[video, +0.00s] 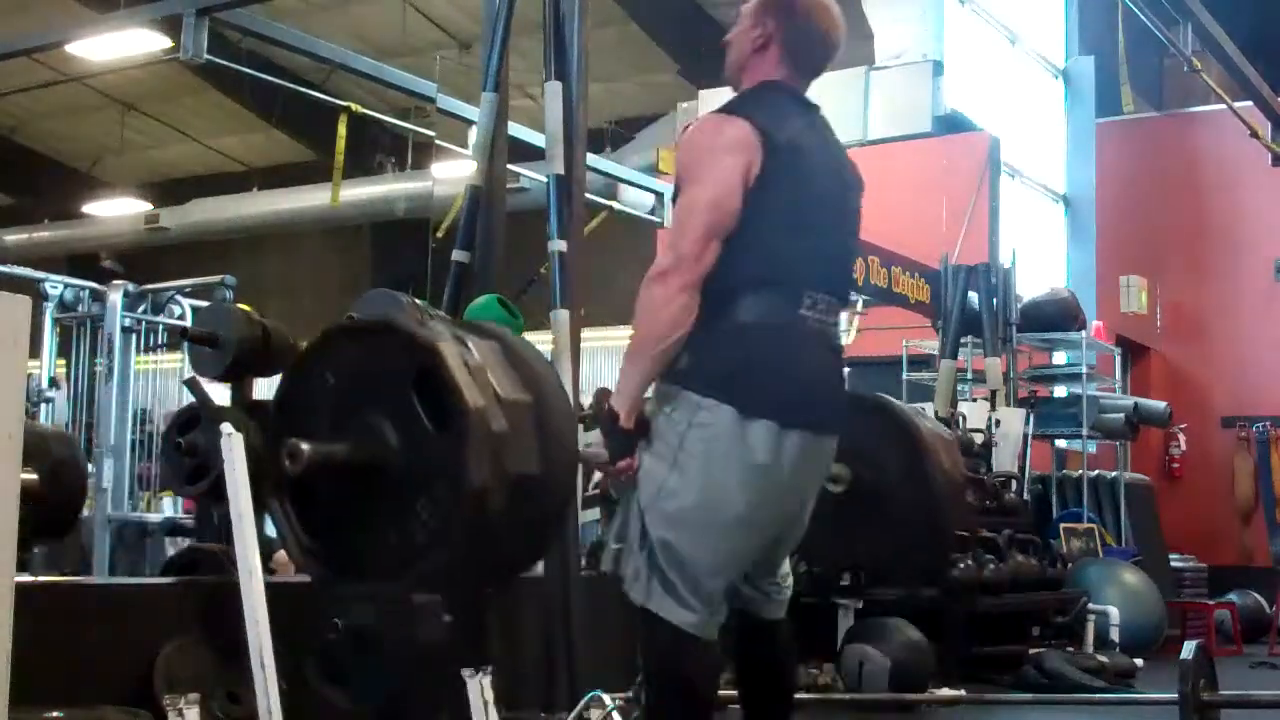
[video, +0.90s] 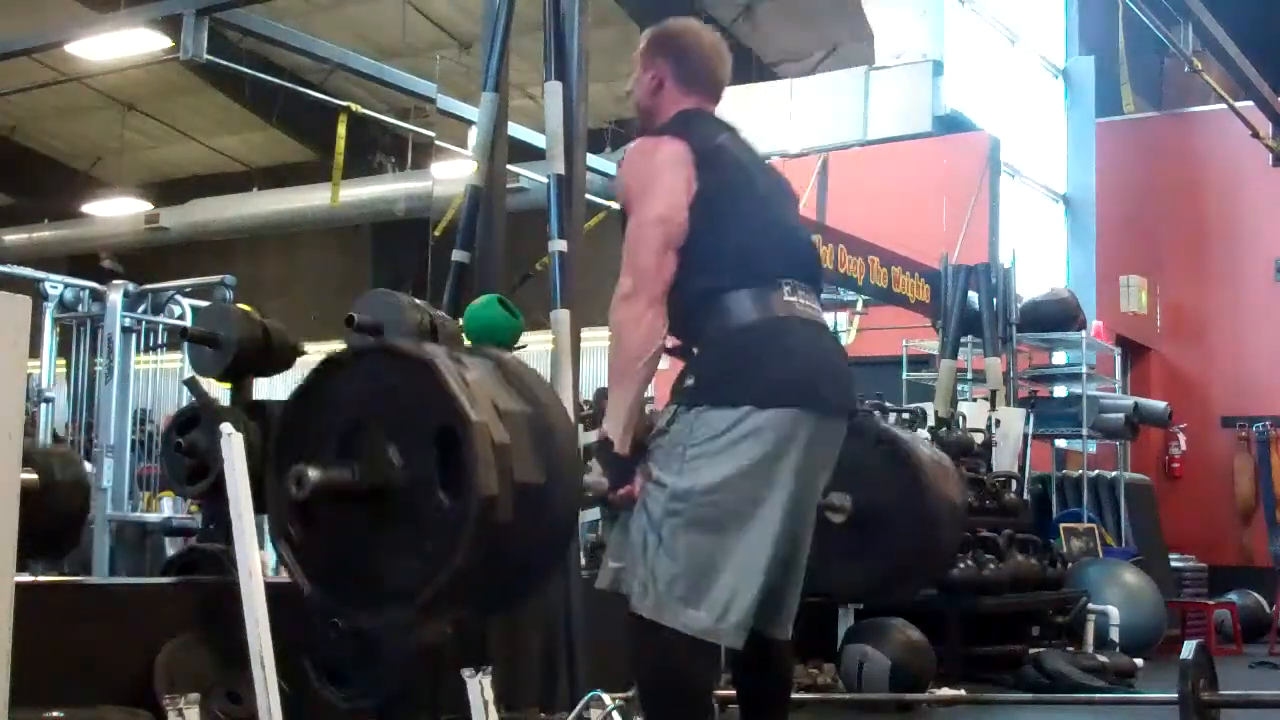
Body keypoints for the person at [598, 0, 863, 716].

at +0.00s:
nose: (727, 33)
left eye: (739, 21)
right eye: (734, 23)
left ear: (763, 35)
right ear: (804, 53)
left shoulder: (728, 129)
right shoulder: (832, 153)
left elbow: (679, 269)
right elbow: (812, 292)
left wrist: (625, 399)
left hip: (727, 389)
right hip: (813, 395)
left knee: (677, 607)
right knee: (759, 598)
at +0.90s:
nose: (632, 88)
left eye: (638, 74)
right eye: (637, 75)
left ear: (658, 76)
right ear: (710, 86)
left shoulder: (661, 150)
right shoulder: (750, 162)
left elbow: (642, 291)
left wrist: (613, 441)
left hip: (749, 372)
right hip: (823, 372)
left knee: (671, 600)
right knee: (767, 612)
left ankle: (679, 718)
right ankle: (762, 719)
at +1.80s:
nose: (546, 301)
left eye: (547, 283)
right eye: (545, 285)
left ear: (569, 273)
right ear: (623, 264)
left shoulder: (599, 316)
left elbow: (603, 468)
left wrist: (598, 623)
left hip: (782, 393)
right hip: (866, 391)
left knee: (660, 619)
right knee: (779, 632)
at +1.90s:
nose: (546, 273)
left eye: (547, 256)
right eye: (544, 258)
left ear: (571, 249)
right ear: (626, 244)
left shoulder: (600, 294)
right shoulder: (682, 276)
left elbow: (606, 444)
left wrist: (604, 601)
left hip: (776, 387)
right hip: (863, 387)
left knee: (678, 621)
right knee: (778, 626)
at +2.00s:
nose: (553, 241)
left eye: (557, 223)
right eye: (554, 225)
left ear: (581, 215)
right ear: (632, 214)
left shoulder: (608, 269)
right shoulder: (688, 249)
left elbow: (614, 417)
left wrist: (608, 567)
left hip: (778, 383)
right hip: (862, 384)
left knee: (681, 612)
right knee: (776, 624)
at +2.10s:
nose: (566, 203)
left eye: (571, 186)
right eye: (568, 188)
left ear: (599, 186)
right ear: (653, 188)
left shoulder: (622, 241)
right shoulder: (704, 224)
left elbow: (619, 388)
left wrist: (612, 541)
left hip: (775, 378)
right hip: (859, 380)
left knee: (685, 607)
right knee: (784, 629)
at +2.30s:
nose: (620, 113)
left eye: (628, 99)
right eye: (625, 99)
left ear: (652, 109)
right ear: (702, 121)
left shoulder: (659, 181)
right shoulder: (743, 181)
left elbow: (640, 332)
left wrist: (617, 482)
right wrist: (676, 482)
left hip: (767, 370)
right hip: (844, 377)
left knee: (688, 600)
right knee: (782, 617)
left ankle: (686, 715)